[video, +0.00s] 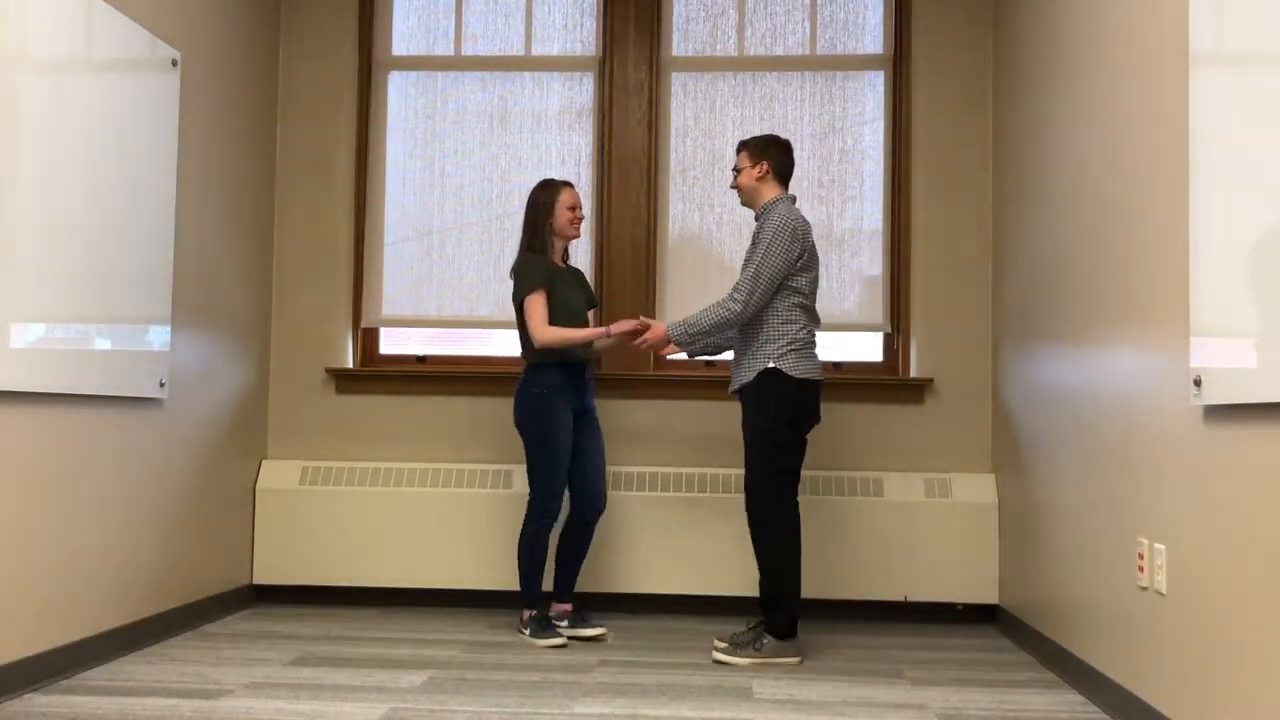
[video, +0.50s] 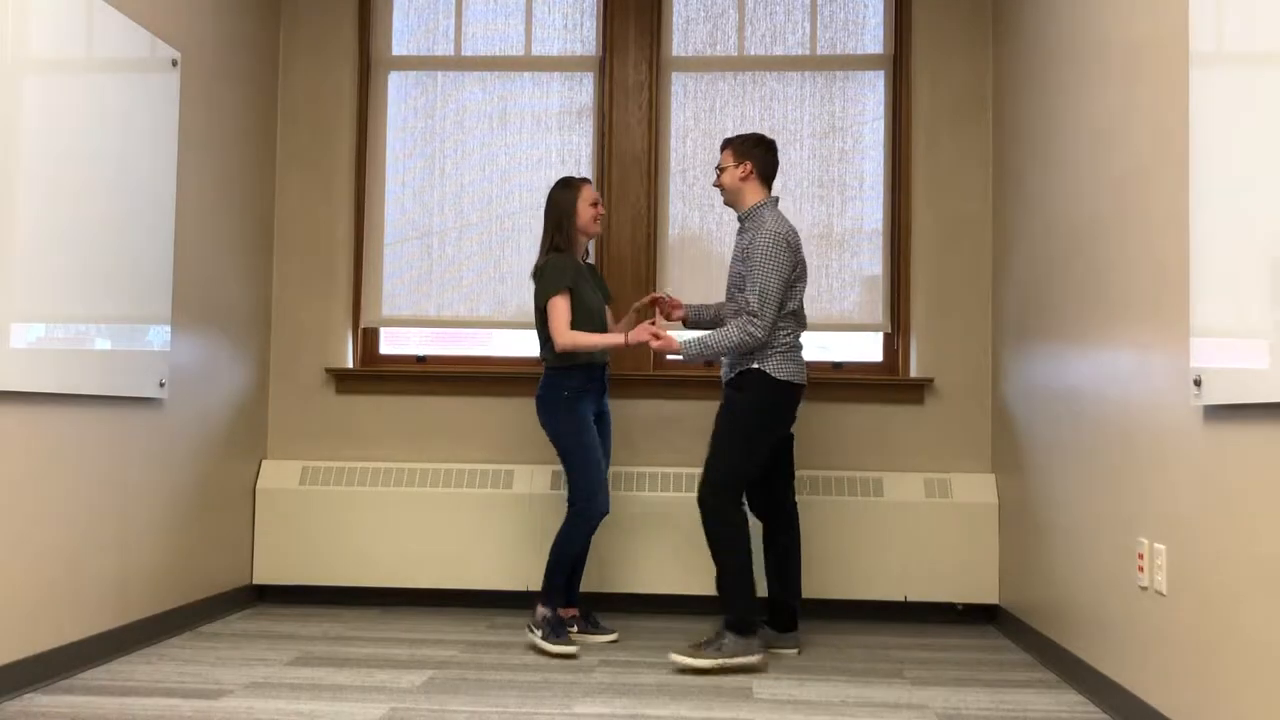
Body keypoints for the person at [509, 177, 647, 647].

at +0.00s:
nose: (579, 216)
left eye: (580, 209)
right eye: (570, 209)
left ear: (576, 217)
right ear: (544, 214)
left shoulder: (577, 275)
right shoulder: (531, 267)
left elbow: (588, 344)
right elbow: (538, 334)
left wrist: (622, 334)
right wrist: (603, 331)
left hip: (579, 398)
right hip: (543, 397)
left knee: (589, 502)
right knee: (545, 503)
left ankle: (561, 609)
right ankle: (531, 613)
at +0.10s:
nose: (582, 217)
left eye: (582, 210)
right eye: (574, 210)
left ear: (575, 218)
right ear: (547, 216)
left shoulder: (575, 274)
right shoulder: (537, 267)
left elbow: (586, 344)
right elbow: (545, 334)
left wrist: (626, 333)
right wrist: (609, 329)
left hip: (581, 395)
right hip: (550, 396)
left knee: (590, 503)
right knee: (552, 504)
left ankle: (568, 610)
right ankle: (533, 612)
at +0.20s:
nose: (586, 216)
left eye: (586, 209)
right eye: (577, 209)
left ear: (580, 217)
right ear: (551, 215)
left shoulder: (577, 274)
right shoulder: (542, 266)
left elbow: (589, 345)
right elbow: (550, 333)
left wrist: (627, 330)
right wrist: (615, 326)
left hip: (587, 396)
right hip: (556, 396)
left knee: (590, 503)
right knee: (565, 501)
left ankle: (567, 609)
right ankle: (533, 610)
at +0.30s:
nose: (591, 216)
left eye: (590, 209)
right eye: (582, 209)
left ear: (578, 217)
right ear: (556, 216)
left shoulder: (578, 272)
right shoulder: (548, 269)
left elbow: (588, 342)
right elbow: (557, 335)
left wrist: (629, 329)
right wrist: (621, 327)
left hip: (590, 396)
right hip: (561, 398)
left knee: (590, 505)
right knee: (577, 505)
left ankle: (568, 610)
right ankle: (533, 608)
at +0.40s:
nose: (595, 214)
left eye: (594, 207)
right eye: (586, 207)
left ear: (581, 215)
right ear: (561, 215)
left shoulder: (583, 270)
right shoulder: (552, 269)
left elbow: (588, 336)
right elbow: (561, 337)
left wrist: (629, 324)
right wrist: (622, 330)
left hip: (590, 397)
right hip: (563, 398)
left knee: (589, 505)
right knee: (588, 506)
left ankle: (568, 610)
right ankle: (536, 603)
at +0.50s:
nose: (601, 210)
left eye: (600, 204)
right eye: (592, 204)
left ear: (586, 214)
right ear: (566, 211)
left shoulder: (588, 269)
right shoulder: (557, 266)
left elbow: (607, 333)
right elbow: (561, 338)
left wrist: (639, 307)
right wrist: (624, 338)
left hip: (592, 395)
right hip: (564, 396)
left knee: (590, 504)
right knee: (590, 503)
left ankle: (569, 609)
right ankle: (548, 610)